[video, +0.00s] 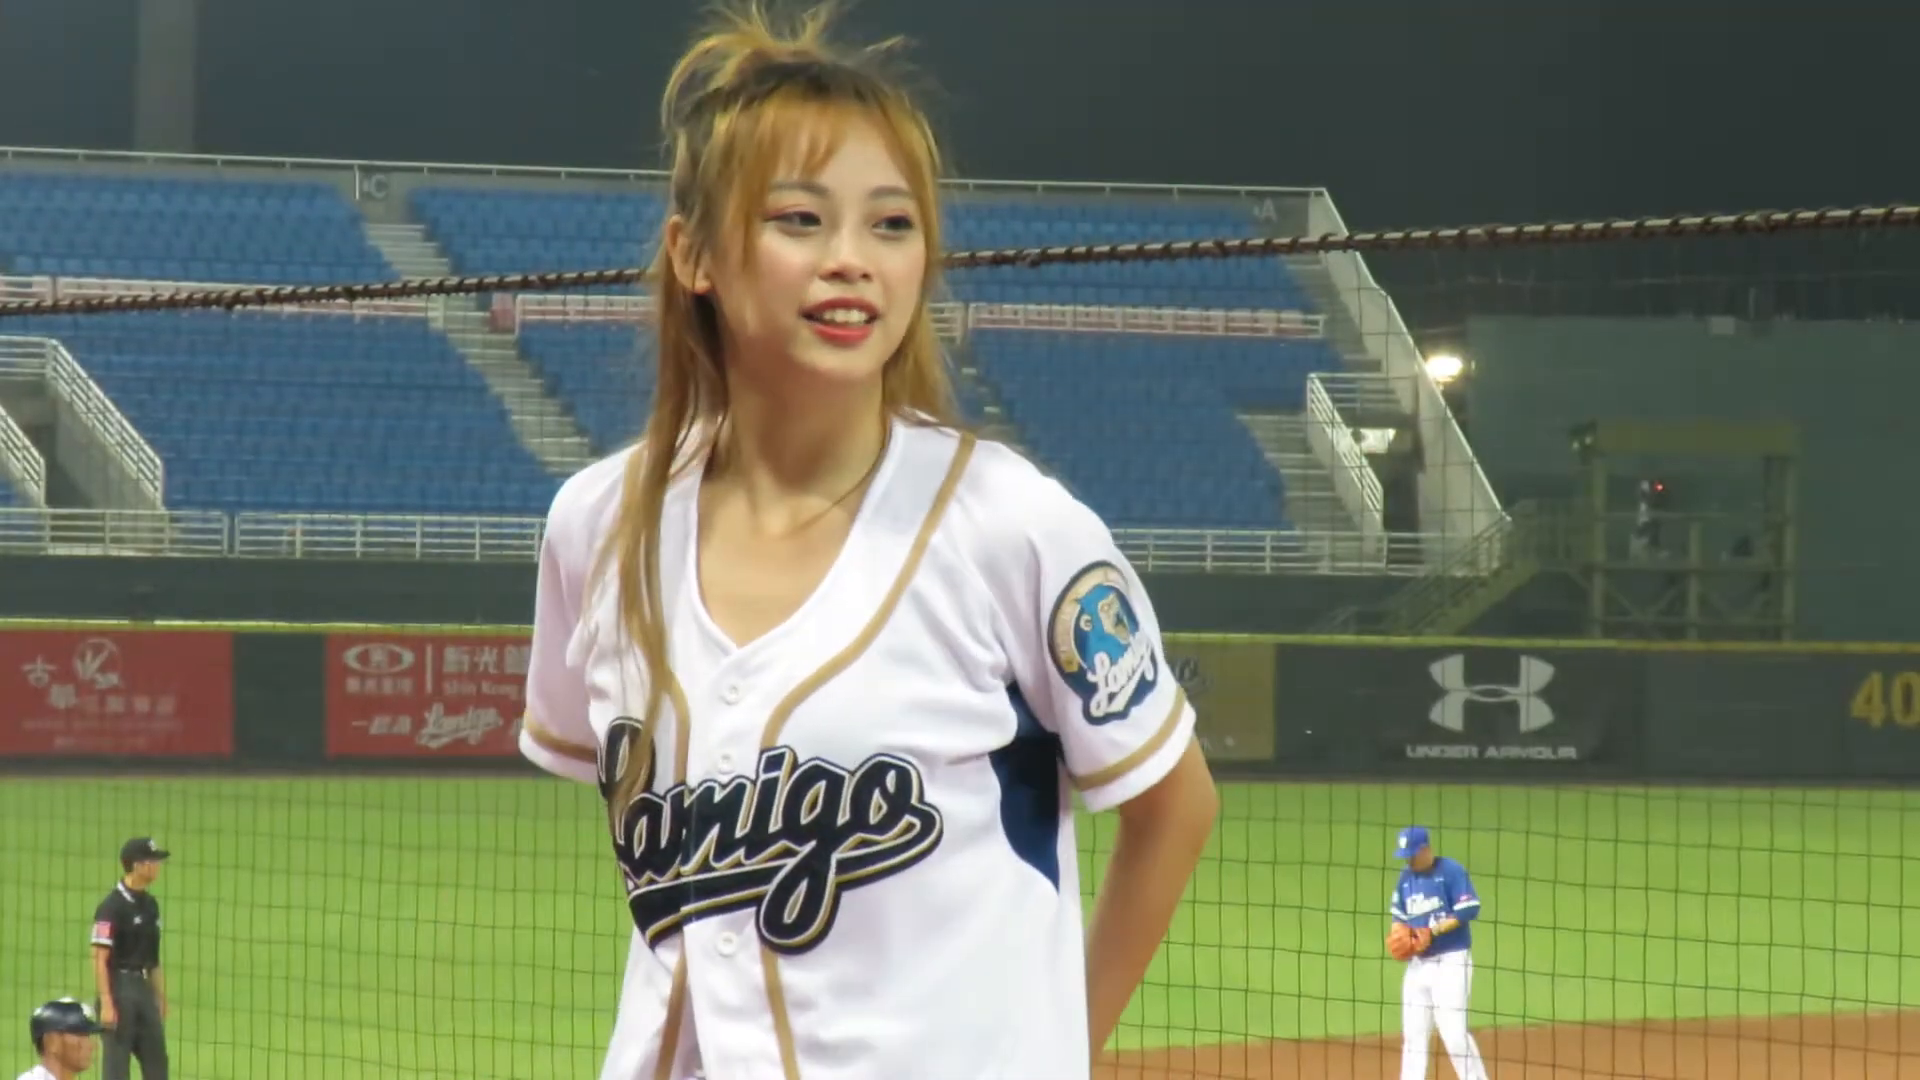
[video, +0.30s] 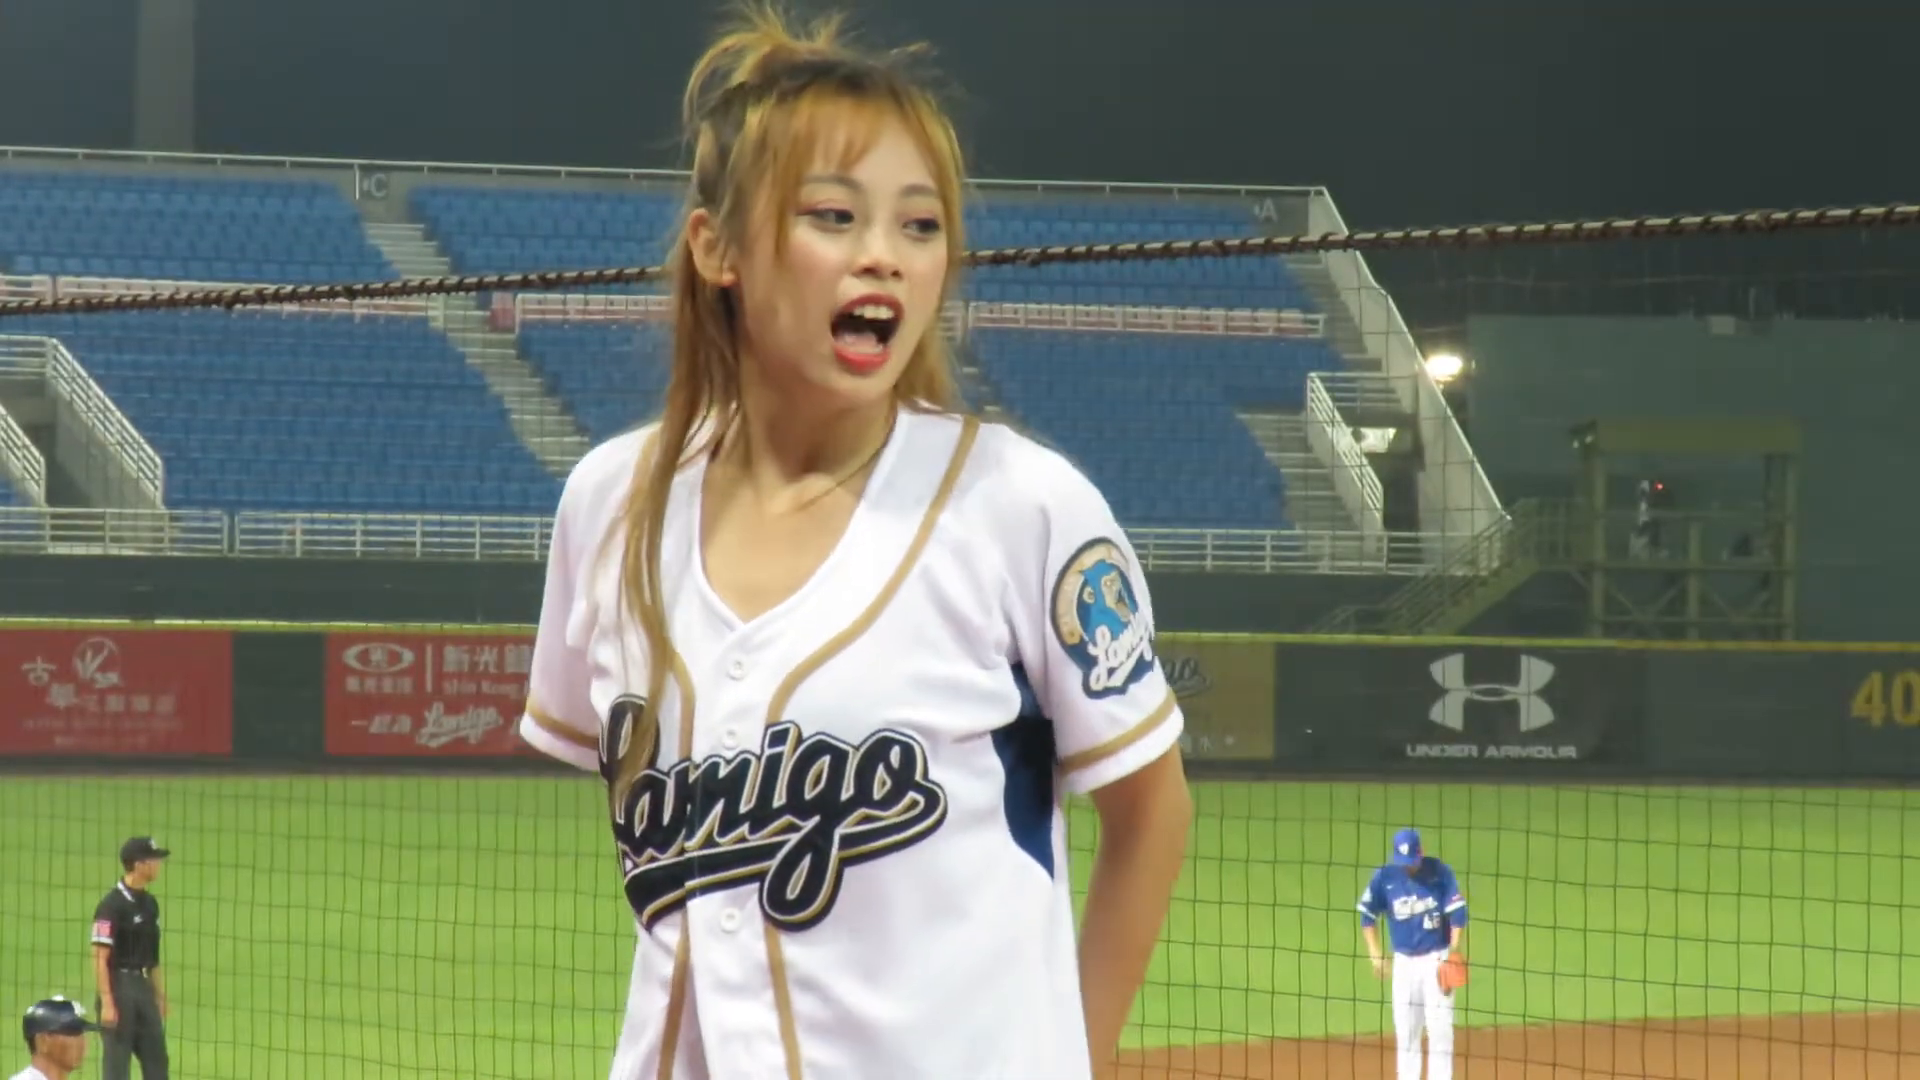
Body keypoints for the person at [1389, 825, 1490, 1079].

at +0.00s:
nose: (1409, 862)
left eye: (1412, 856)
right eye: (1406, 857)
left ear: (1426, 850)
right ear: (1404, 855)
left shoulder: (1450, 870)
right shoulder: (1406, 878)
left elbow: (1470, 909)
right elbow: (1398, 917)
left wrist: (1432, 931)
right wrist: (1399, 937)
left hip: (1451, 961)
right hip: (1419, 962)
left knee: (1453, 1034)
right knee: (1414, 1037)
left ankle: (1477, 1077)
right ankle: (1411, 1078)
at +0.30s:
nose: (1408, 867)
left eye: (1412, 861)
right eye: (1404, 862)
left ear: (1421, 854)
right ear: (1396, 857)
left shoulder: (1439, 871)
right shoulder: (1384, 877)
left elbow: (1458, 912)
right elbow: (1366, 914)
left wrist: (1454, 953)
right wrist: (1376, 955)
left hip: (1437, 959)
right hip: (1404, 962)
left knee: (1440, 1032)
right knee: (1406, 1033)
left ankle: (1441, 1076)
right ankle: (1407, 1076)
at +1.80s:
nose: (1436, 869)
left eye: (1439, 865)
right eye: (1433, 864)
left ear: (1442, 860)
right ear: (1419, 855)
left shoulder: (1443, 879)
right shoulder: (1394, 877)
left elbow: (1456, 916)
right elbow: (1377, 918)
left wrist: (1467, 943)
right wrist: (1410, 945)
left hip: (1441, 964)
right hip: (1405, 965)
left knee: (1454, 1036)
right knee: (1406, 1040)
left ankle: (1447, 1076)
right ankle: (1403, 1077)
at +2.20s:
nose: (1460, 863)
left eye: (1463, 858)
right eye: (1455, 857)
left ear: (1467, 856)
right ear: (1441, 852)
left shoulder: (1470, 882)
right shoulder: (1420, 877)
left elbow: (1480, 925)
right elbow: (1405, 917)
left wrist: (1469, 923)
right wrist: (1446, 923)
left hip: (1460, 967)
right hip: (1425, 966)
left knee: (1464, 1044)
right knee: (1421, 1043)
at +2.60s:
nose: (1476, 850)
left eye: (1480, 845)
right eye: (1471, 844)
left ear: (1484, 849)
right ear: (1458, 847)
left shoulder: (1489, 882)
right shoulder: (1439, 877)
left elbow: (1507, 925)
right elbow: (1420, 917)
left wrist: (1500, 912)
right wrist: (1451, 911)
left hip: (1481, 967)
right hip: (1447, 965)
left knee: (1476, 1041)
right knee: (1451, 1038)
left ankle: (1472, 1077)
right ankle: (1447, 1077)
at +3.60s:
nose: (1447, 846)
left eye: (1452, 840)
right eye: (1441, 840)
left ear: (1459, 845)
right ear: (1431, 845)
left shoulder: (1472, 881)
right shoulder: (1415, 879)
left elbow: (1485, 919)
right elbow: (1403, 918)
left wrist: (1471, 939)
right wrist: (1432, 937)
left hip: (1464, 967)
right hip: (1427, 966)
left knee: (1465, 1042)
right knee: (1423, 1040)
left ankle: (1464, 1077)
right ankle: (1413, 1076)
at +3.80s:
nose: (1436, 845)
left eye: (1441, 840)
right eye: (1430, 840)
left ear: (1447, 845)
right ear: (1419, 845)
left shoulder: (1460, 881)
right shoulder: (1403, 879)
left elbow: (1470, 927)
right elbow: (1388, 921)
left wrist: (1467, 962)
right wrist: (1397, 956)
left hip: (1452, 967)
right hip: (1416, 968)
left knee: (1457, 1045)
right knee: (1412, 1043)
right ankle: (1409, 1078)